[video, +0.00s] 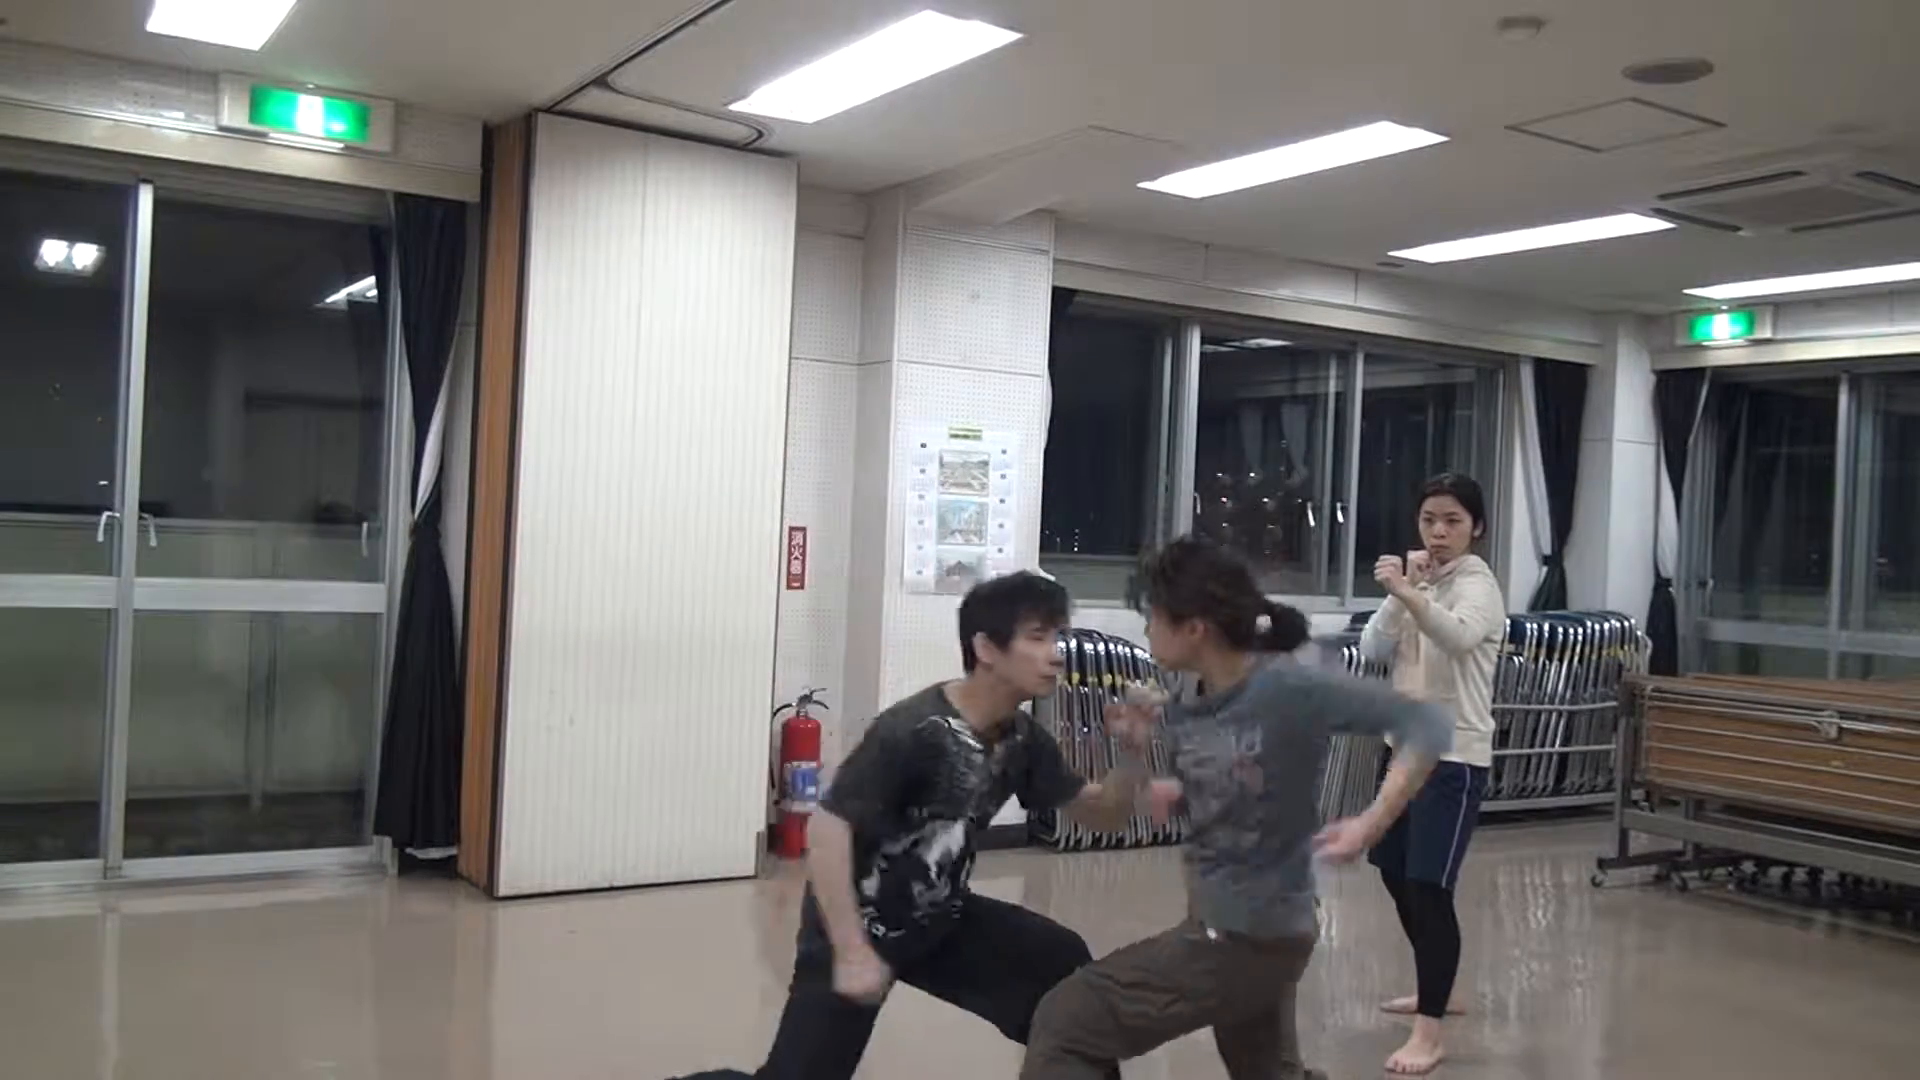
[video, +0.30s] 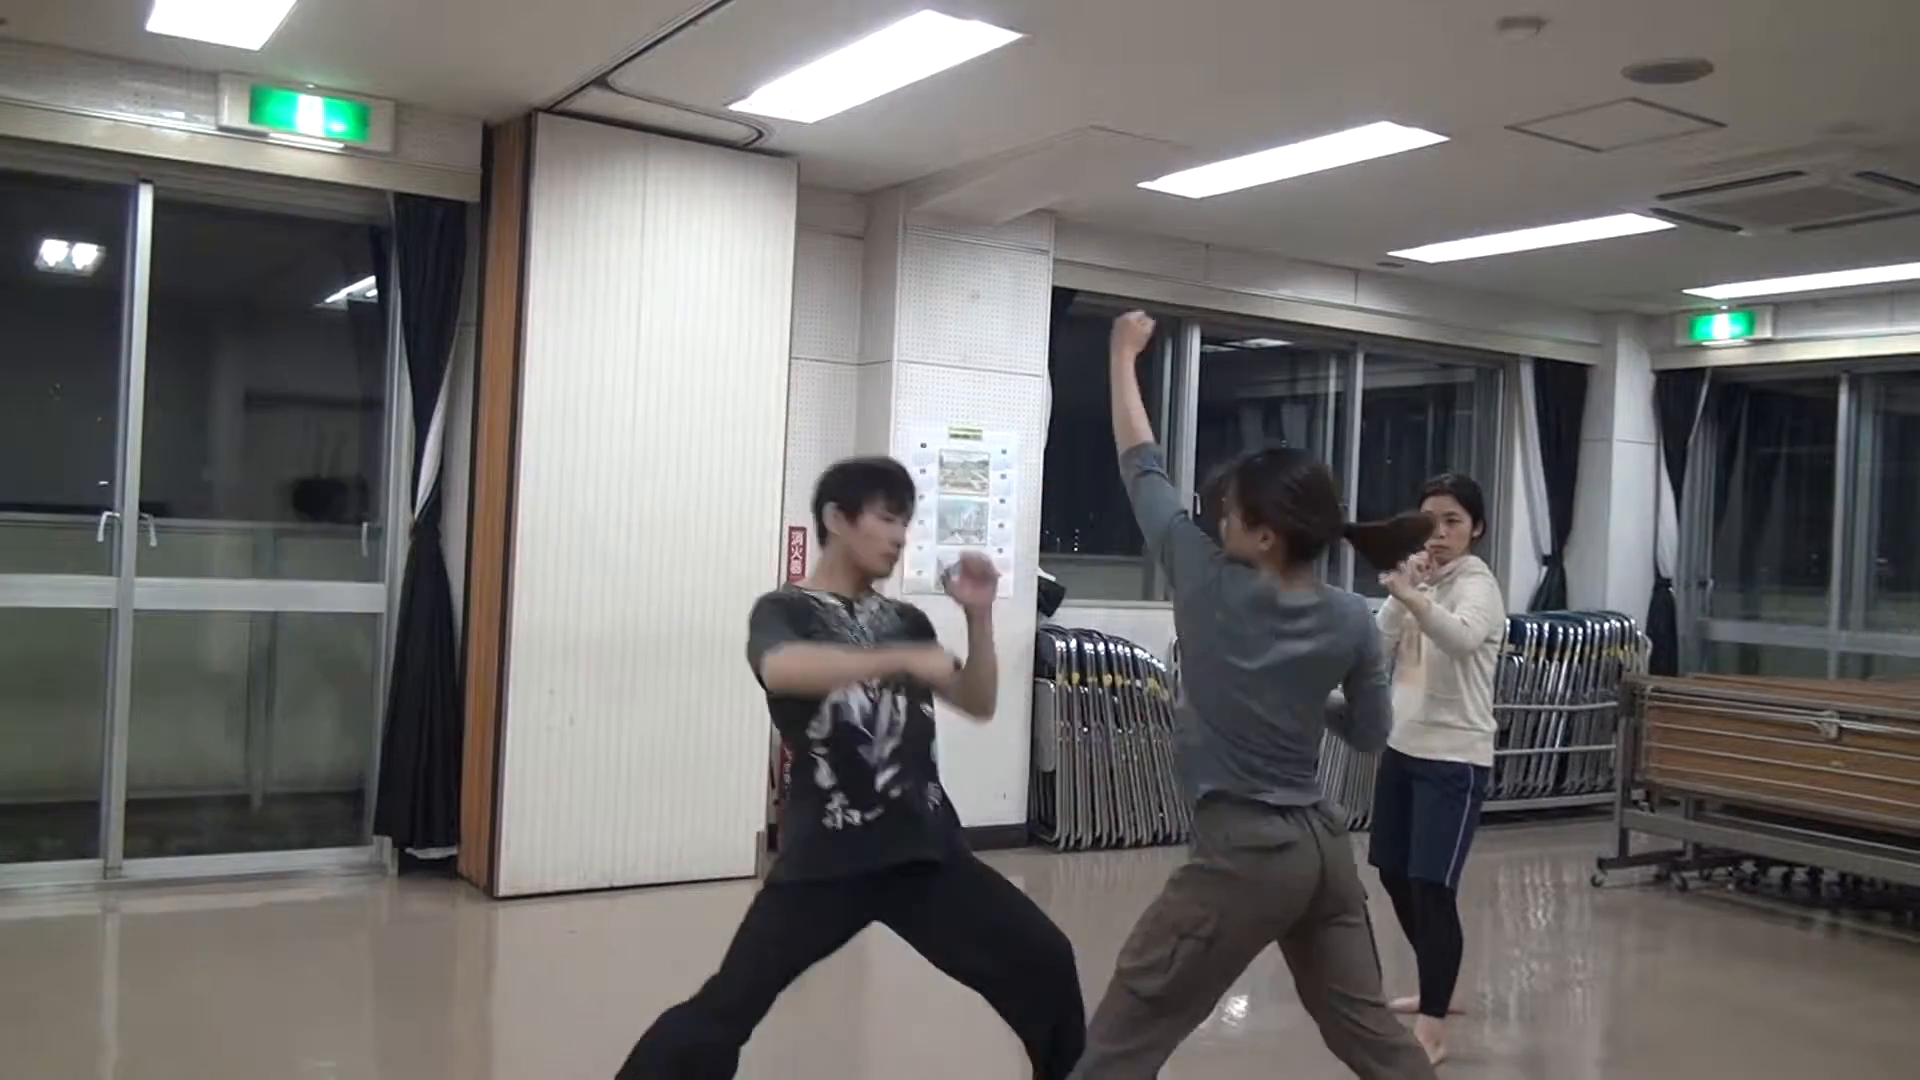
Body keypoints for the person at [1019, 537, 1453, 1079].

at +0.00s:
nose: (1147, 634)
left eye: (1154, 620)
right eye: (1148, 619)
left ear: (1196, 629)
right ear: (1196, 629)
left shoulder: (1293, 688)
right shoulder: (1183, 706)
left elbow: (1428, 725)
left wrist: (1373, 821)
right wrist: (1169, 794)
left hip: (1256, 937)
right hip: (1224, 926)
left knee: (1069, 1019)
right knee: (1267, 1066)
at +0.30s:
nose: (1220, 528)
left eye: (1232, 517)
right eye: (1227, 515)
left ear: (1268, 535)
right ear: (1293, 535)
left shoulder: (1203, 579)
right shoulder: (1353, 618)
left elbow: (1141, 464)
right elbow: (1372, 732)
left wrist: (1123, 357)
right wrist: (1310, 693)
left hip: (1240, 855)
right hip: (1325, 850)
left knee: (1121, 1043)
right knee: (1374, 1036)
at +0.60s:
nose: (1179, 512)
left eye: (1185, 496)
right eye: (1181, 497)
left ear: (1217, 504)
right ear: (1239, 503)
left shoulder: (1219, 597)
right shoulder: (1285, 588)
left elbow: (1218, 732)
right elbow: (1246, 684)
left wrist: (1121, 693)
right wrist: (1152, 665)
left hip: (1235, 854)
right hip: (1297, 841)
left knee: (1129, 1034)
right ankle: (1330, 1072)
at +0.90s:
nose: (1174, 535)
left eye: (1178, 518)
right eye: (1173, 519)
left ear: (1208, 512)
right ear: (1235, 508)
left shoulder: (1239, 590)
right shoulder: (1290, 583)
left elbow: (1109, 666)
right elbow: (1212, 629)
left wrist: (1126, 617)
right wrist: (1155, 617)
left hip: (1219, 823)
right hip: (1201, 777)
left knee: (1153, 1015)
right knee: (1031, 725)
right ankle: (892, 788)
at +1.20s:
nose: (1197, 506)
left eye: (1199, 491)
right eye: (1198, 492)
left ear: (1213, 497)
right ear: (1284, 497)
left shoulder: (1232, 597)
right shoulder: (1284, 587)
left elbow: (1216, 732)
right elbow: (1238, 714)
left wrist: (1142, 755)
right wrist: (1159, 748)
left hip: (1185, 829)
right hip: (1224, 825)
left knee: (1126, 998)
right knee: (1162, 987)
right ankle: (1192, 1070)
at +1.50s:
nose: (1298, 517)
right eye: (1292, 507)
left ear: (1203, 509)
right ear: (1281, 520)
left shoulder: (1141, 578)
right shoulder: (1290, 619)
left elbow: (1059, 613)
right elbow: (1375, 737)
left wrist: (1126, 645)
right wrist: (1358, 708)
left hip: (1166, 823)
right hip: (1266, 829)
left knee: (1079, 996)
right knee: (1271, 1015)